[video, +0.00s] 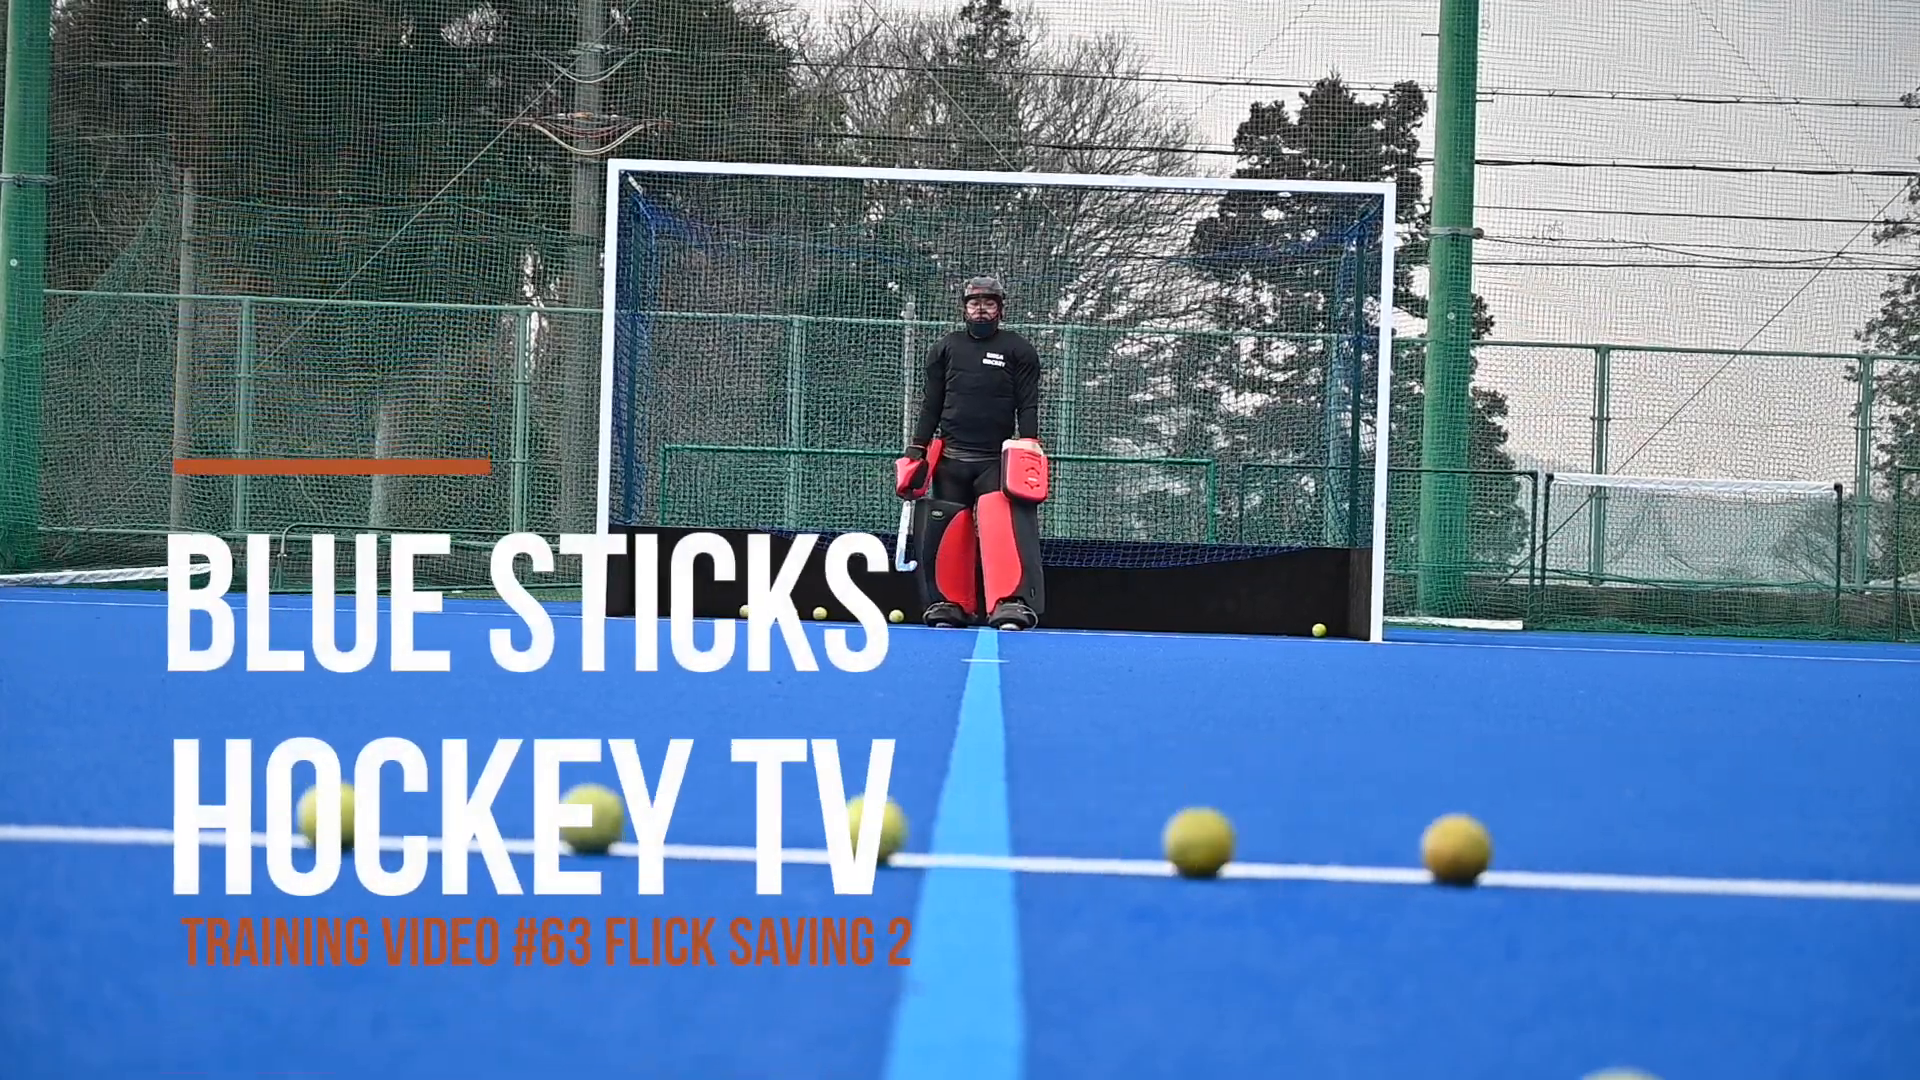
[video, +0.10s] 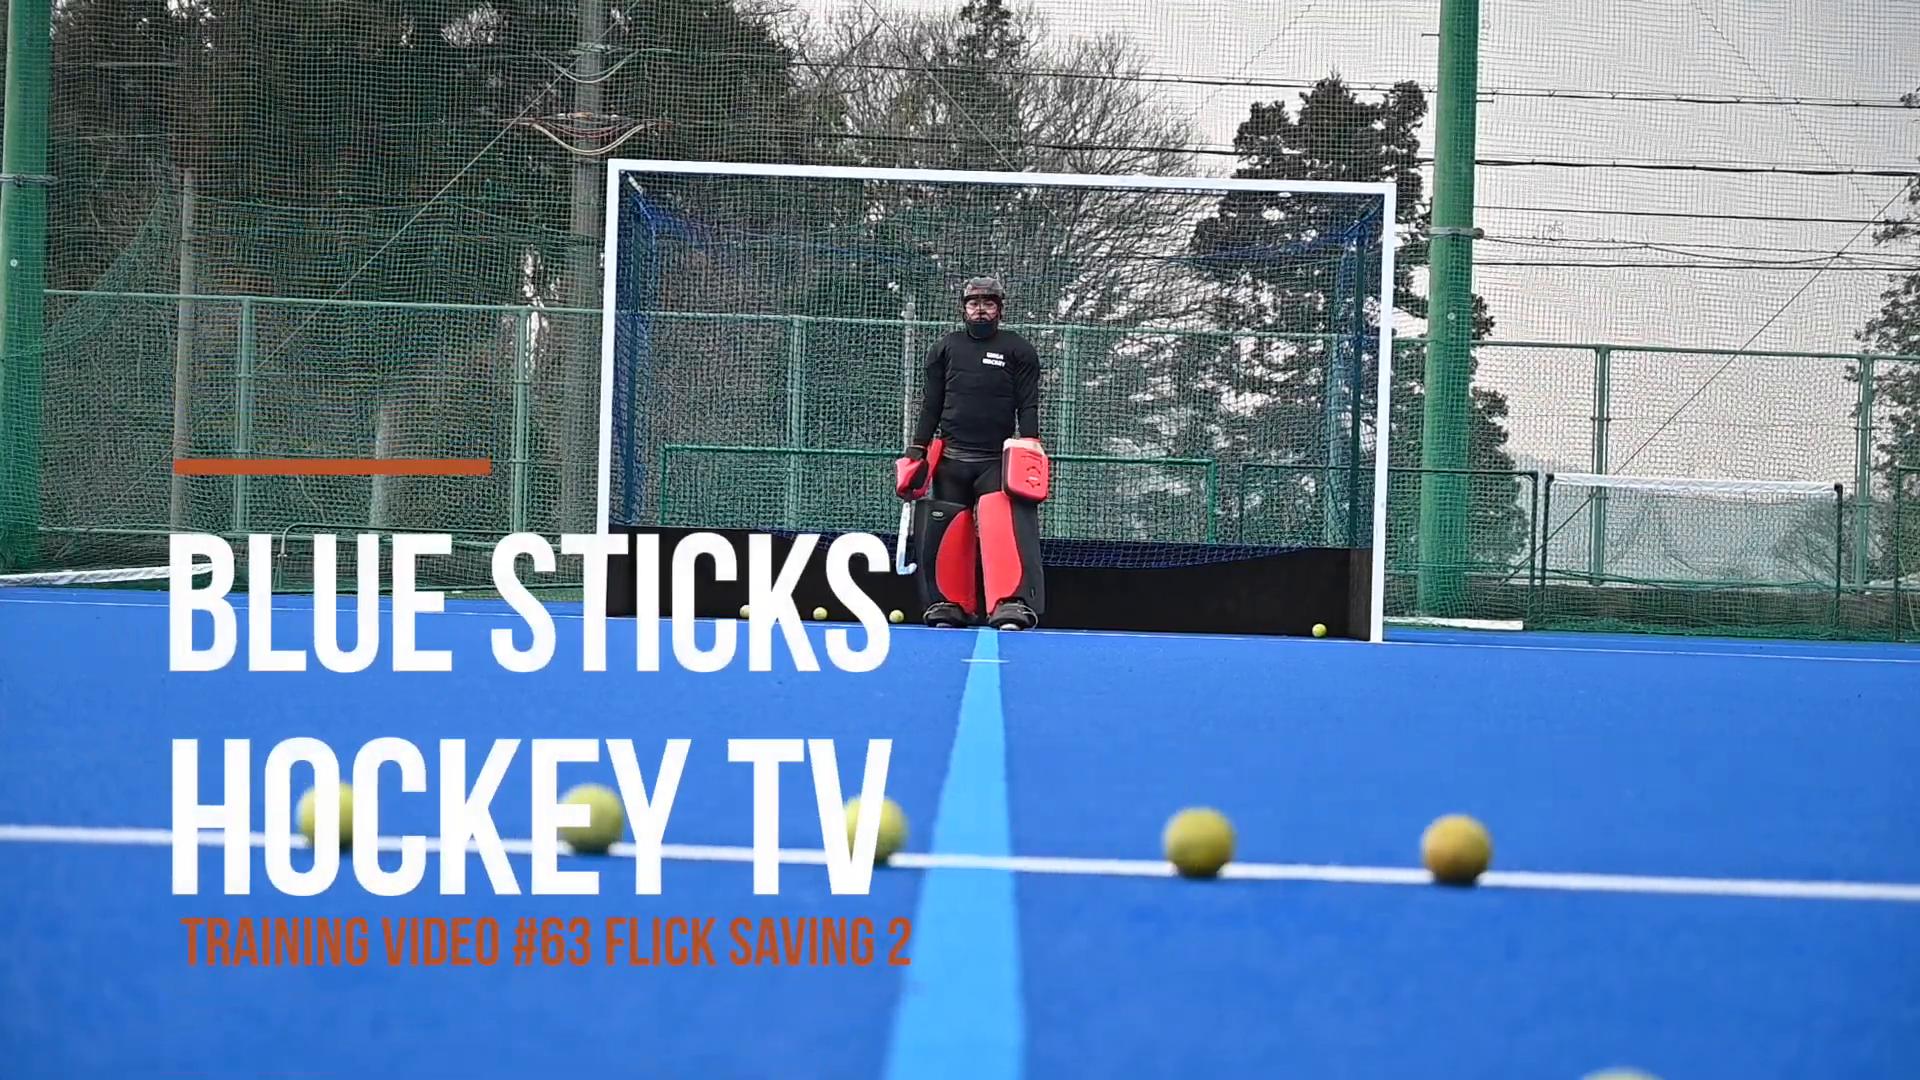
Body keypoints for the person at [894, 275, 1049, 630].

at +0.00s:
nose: (981, 309)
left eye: (988, 302)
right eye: (974, 302)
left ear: (1000, 307)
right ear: (964, 307)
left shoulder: (1019, 350)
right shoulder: (945, 348)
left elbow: (1027, 407)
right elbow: (930, 406)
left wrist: (1027, 456)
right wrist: (916, 455)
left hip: (997, 461)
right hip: (951, 459)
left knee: (1001, 530)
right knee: (946, 531)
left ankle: (1008, 605)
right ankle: (949, 605)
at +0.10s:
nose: (980, 309)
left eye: (988, 302)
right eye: (973, 302)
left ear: (1000, 307)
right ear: (963, 308)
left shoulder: (1019, 350)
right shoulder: (944, 348)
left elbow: (1027, 407)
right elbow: (930, 407)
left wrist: (1029, 457)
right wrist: (916, 456)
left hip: (997, 461)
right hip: (951, 459)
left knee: (1002, 530)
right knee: (945, 531)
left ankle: (1008, 605)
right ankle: (949, 605)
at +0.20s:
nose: (980, 310)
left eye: (988, 303)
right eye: (973, 303)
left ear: (999, 308)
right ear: (963, 308)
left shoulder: (1019, 350)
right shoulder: (943, 350)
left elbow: (1028, 407)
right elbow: (930, 407)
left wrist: (1030, 455)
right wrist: (915, 456)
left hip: (998, 461)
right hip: (952, 459)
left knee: (1004, 530)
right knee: (946, 531)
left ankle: (1009, 605)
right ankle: (948, 605)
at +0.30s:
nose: (980, 310)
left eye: (988, 303)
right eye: (973, 303)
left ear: (999, 308)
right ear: (963, 309)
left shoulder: (1019, 351)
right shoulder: (944, 350)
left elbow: (1030, 407)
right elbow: (929, 407)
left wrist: (1031, 455)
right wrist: (915, 456)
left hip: (1000, 462)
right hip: (952, 461)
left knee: (1006, 530)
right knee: (945, 532)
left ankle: (1009, 605)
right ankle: (947, 605)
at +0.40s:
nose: (982, 310)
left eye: (990, 303)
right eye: (975, 304)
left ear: (1002, 308)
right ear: (965, 309)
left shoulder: (1022, 351)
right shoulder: (946, 349)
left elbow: (1033, 406)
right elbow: (930, 405)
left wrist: (1036, 453)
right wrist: (916, 453)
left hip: (1002, 462)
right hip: (955, 461)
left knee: (1005, 532)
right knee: (947, 533)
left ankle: (1009, 606)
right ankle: (949, 605)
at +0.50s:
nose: (986, 310)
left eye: (993, 303)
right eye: (979, 303)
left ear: (1004, 308)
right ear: (968, 308)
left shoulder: (1024, 351)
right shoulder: (950, 349)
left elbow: (1038, 404)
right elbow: (931, 402)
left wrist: (1041, 450)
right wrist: (916, 447)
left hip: (1005, 462)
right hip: (957, 460)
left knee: (1007, 530)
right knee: (950, 530)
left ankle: (1011, 605)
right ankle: (951, 605)